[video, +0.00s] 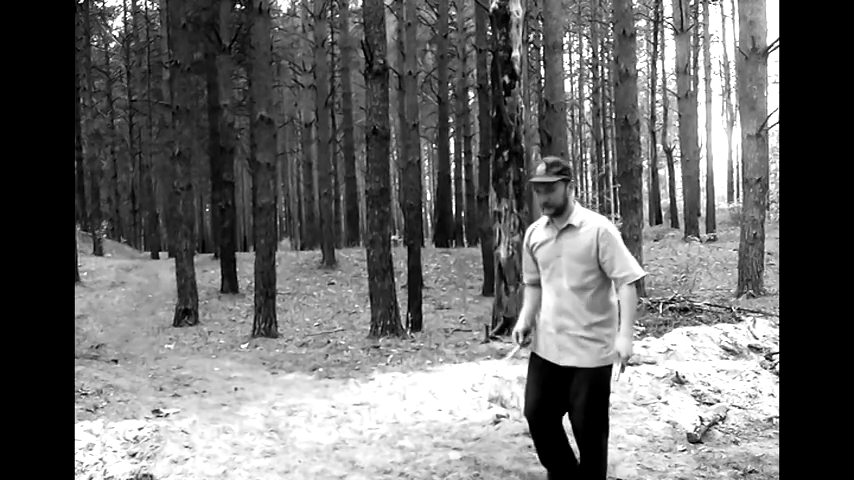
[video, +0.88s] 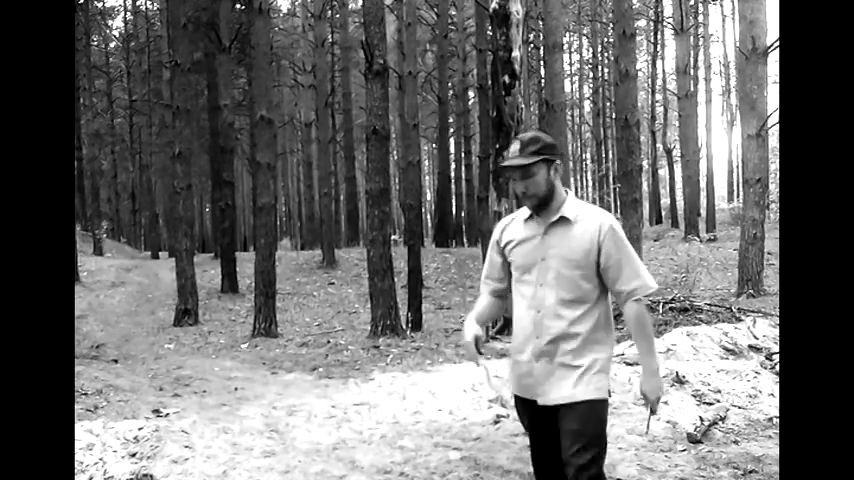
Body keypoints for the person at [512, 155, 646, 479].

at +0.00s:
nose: (543, 198)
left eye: (550, 189)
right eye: (538, 190)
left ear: (568, 186)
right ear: (533, 192)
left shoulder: (599, 230)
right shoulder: (533, 235)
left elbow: (627, 282)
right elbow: (532, 284)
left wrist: (625, 335)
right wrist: (526, 316)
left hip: (591, 353)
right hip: (547, 350)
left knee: (589, 431)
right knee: (539, 418)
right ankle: (564, 476)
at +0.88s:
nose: (519, 188)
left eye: (527, 177)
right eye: (513, 180)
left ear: (553, 169)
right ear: (508, 181)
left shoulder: (598, 227)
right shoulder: (507, 231)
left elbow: (633, 299)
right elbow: (494, 294)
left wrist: (650, 373)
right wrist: (474, 320)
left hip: (581, 382)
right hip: (528, 383)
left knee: (582, 472)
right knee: (547, 472)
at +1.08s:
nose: (495, 174)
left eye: (504, 161)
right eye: (493, 163)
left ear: (537, 158)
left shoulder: (585, 218)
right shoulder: (503, 223)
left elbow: (617, 297)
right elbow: (495, 293)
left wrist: (620, 383)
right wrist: (453, 310)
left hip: (576, 399)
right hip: (516, 396)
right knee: (506, 475)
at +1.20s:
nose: (484, 167)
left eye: (491, 154)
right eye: (482, 157)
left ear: (524, 151)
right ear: (520, 153)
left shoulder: (570, 211)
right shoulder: (496, 220)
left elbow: (598, 292)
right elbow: (492, 287)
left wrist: (588, 376)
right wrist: (444, 301)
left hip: (568, 392)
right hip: (508, 386)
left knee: (576, 475)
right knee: (485, 470)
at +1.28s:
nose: (470, 169)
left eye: (478, 156)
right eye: (469, 159)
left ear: (510, 153)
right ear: (505, 156)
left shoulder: (555, 211)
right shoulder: (489, 224)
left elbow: (576, 293)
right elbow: (490, 291)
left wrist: (544, 371)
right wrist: (437, 302)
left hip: (561, 398)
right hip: (501, 395)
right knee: (477, 475)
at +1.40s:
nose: (456, 173)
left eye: (462, 161)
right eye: (455, 164)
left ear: (492, 159)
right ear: (489, 161)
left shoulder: (538, 217)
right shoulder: (482, 231)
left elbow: (549, 301)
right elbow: (491, 302)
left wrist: (504, 370)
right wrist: (433, 314)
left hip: (543, 413)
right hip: (490, 407)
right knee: (477, 472)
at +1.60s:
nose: (431, 164)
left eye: (434, 153)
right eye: (432, 153)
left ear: (449, 157)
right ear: (484, 157)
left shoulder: (498, 217)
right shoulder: (486, 213)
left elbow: (503, 314)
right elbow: (484, 306)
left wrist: (454, 391)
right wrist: (432, 318)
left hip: (498, 414)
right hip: (485, 409)